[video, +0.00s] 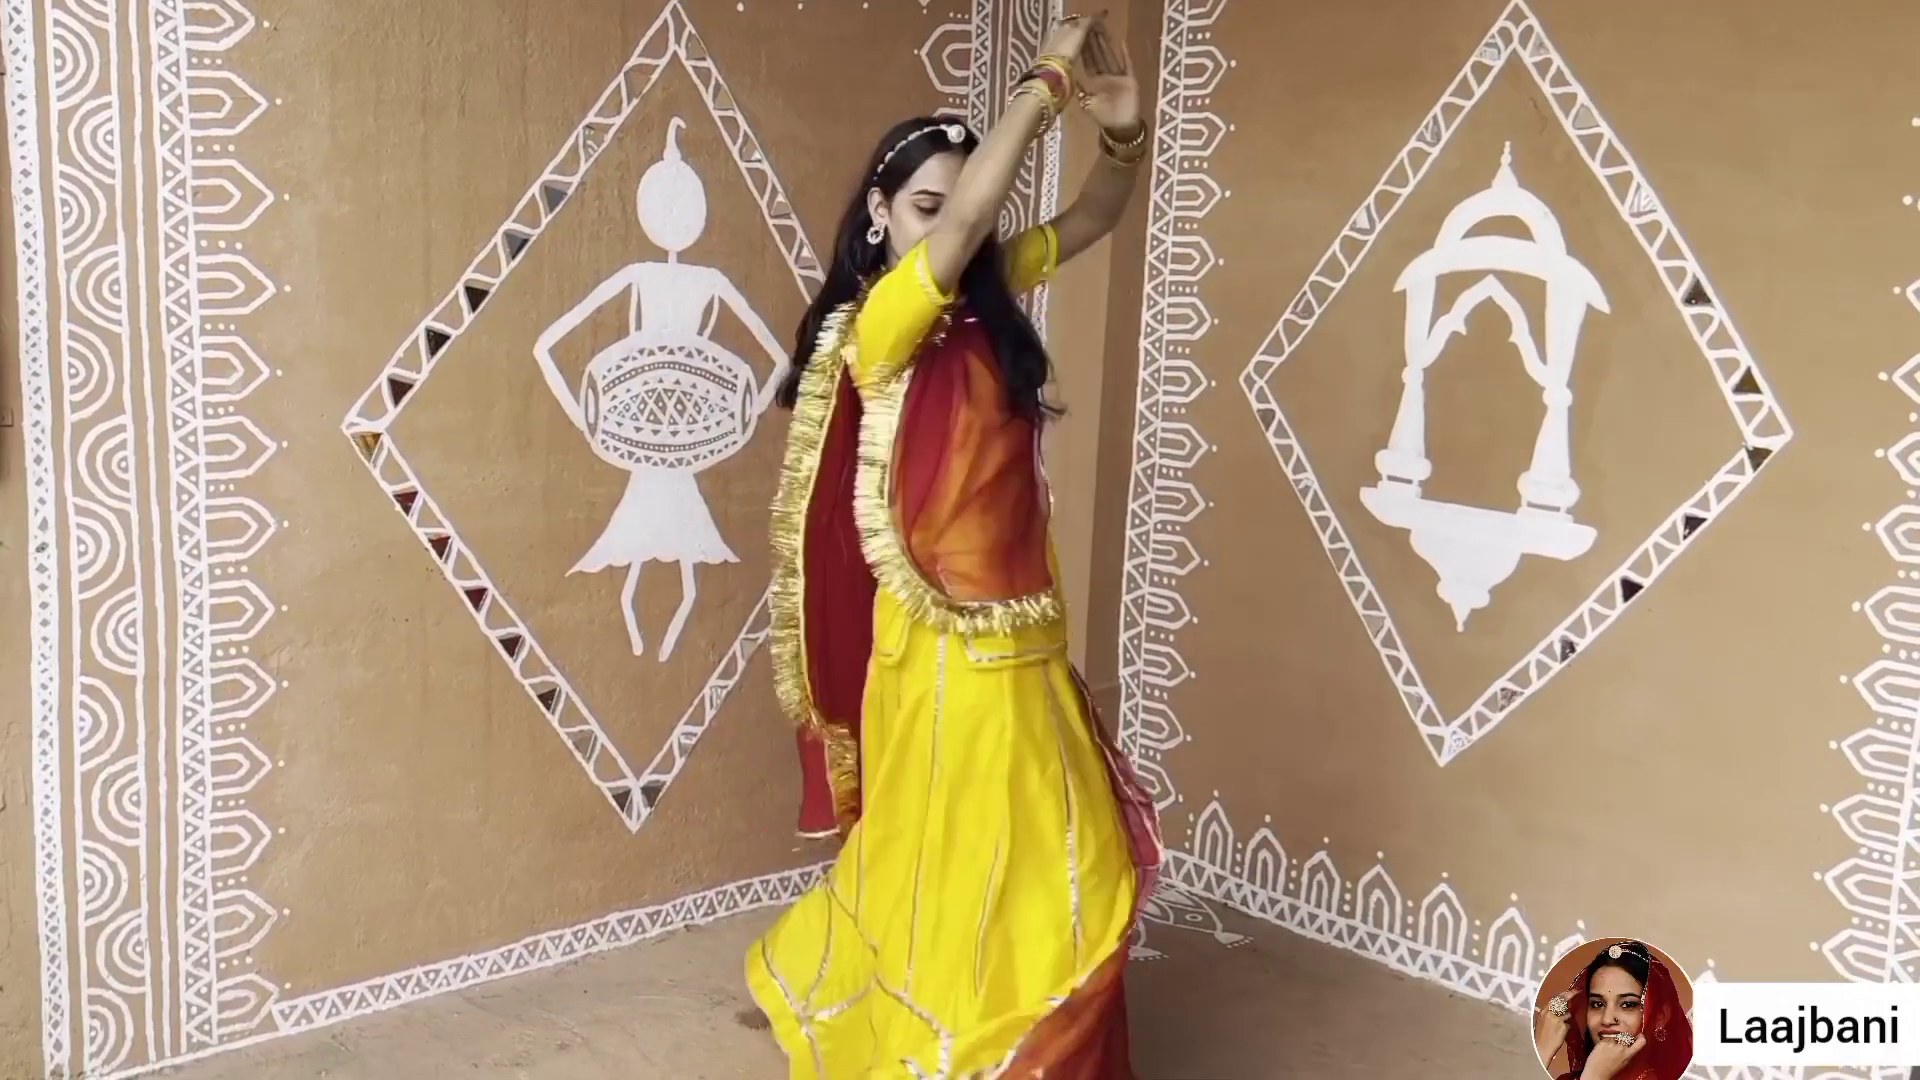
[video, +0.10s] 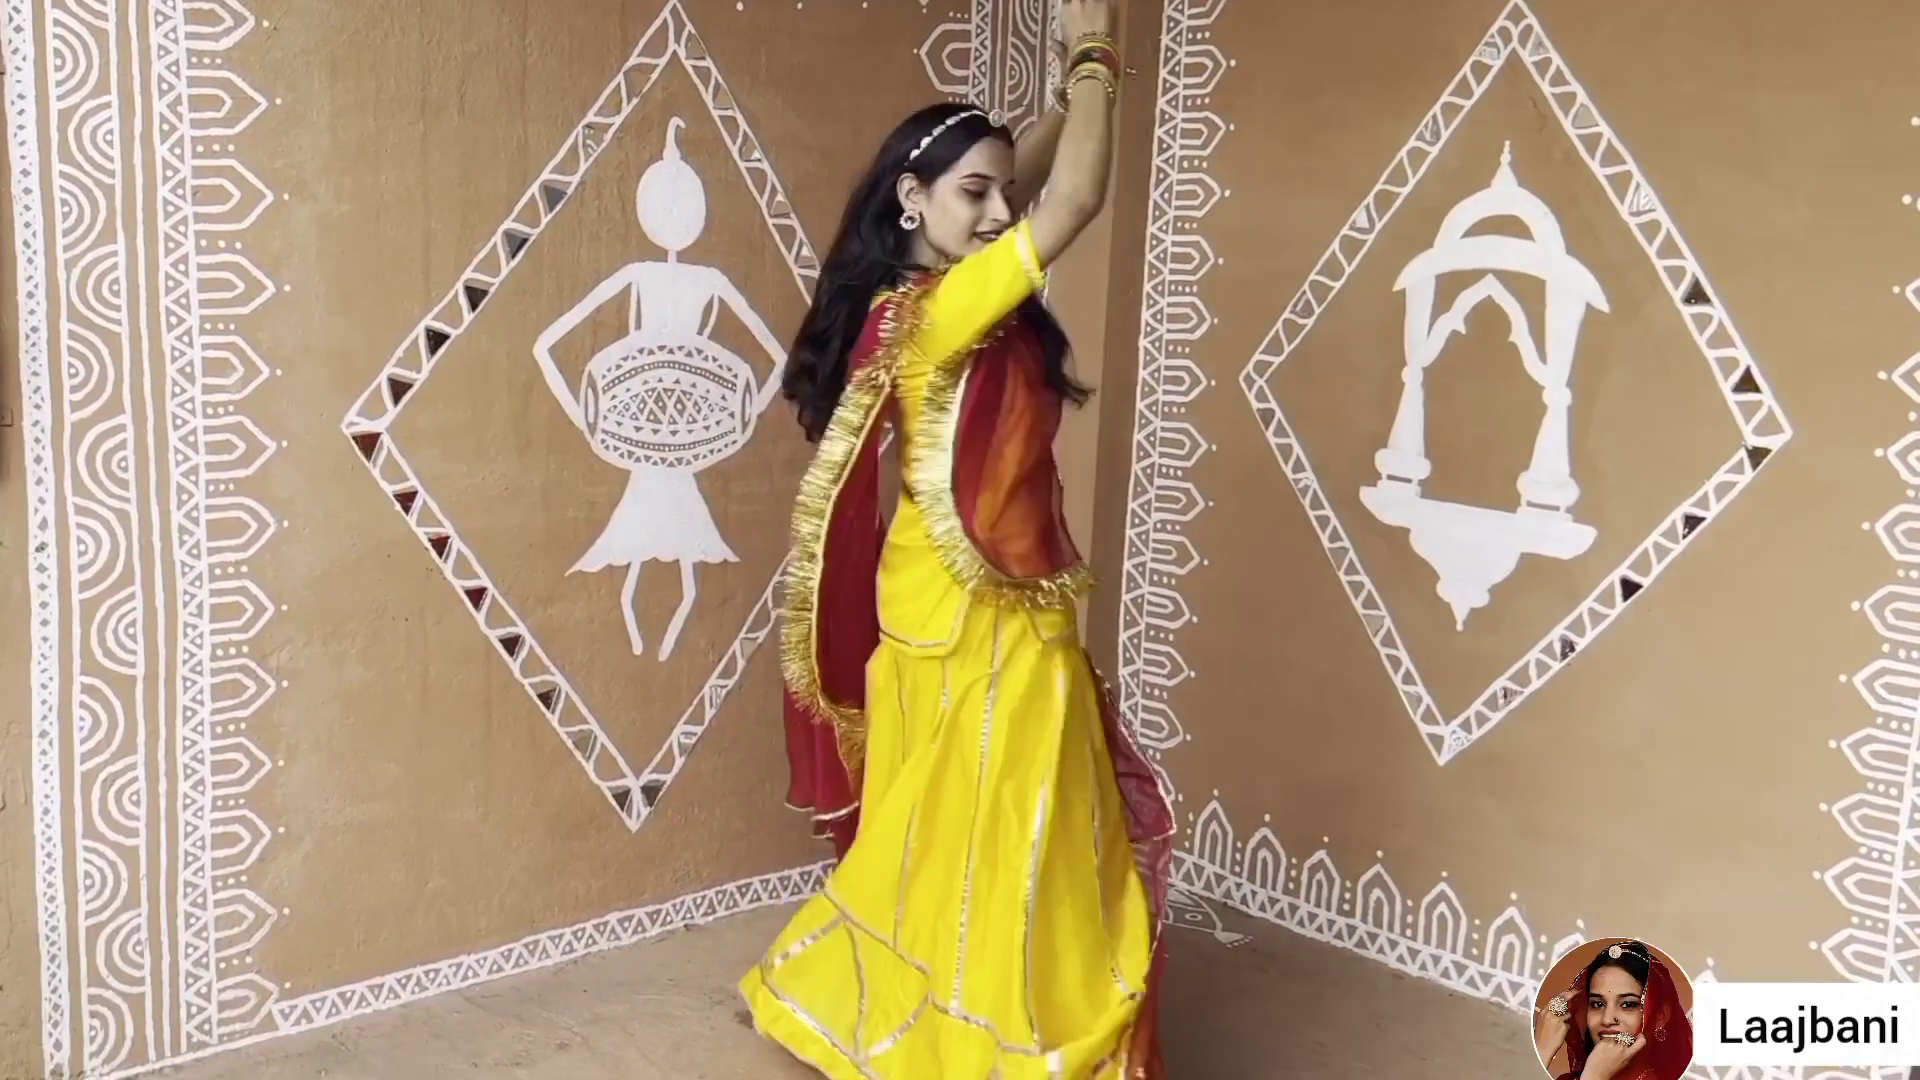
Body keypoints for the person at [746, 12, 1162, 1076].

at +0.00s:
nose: (946, 223)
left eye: (963, 203)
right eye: (924, 203)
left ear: (978, 212)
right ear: (876, 219)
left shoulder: (984, 290)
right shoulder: (871, 332)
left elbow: (1091, 218)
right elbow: (960, 233)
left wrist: (1127, 137)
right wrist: (1043, 88)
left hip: (1027, 641)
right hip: (950, 653)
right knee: (1070, 881)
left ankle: (799, 974)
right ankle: (1008, 1060)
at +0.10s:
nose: (999, 213)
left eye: (1006, 191)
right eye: (976, 190)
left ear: (996, 196)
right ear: (912, 198)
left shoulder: (932, 299)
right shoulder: (934, 311)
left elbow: (1023, 168)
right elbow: (1072, 205)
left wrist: (1070, 55)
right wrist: (1091, 62)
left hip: (951, 588)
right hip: (974, 602)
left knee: (930, 819)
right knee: (1028, 830)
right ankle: (1014, 1044)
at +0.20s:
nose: (1059, 214)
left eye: (1052, 192)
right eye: (1041, 194)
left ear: (960, 209)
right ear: (981, 205)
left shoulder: (901, 316)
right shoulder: (1032, 318)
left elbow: (899, 188)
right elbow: (1174, 204)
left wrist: (970, 97)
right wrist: (1133, 69)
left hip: (915, 620)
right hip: (1015, 625)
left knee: (919, 842)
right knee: (1045, 843)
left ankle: (881, 1042)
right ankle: (1052, 1051)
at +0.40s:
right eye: (1061, 202)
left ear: (940, 217)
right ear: (1053, 229)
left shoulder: (891, 312)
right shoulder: (1086, 344)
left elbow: (807, 180)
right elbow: (1135, 260)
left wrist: (883, 105)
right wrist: (1097, 165)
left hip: (929, 649)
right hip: (1057, 644)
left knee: (935, 876)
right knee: (1085, 868)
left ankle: (920, 1052)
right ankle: (1111, 1051)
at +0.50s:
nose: (942, 216)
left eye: (951, 203)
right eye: (953, 199)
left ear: (960, 228)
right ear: (1058, 230)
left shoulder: (921, 309)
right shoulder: (1088, 345)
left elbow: (814, 198)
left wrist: (868, 112)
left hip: (912, 606)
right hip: (1025, 615)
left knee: (921, 823)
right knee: (1039, 826)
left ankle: (908, 1031)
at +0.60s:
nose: (936, 234)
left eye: (946, 219)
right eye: (945, 216)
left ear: (965, 236)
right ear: (1051, 222)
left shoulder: (961, 305)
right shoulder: (1077, 316)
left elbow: (871, 209)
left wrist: (876, 109)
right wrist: (927, 157)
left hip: (931, 588)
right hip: (1022, 597)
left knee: (911, 789)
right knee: (999, 793)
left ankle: (904, 1015)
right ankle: (1002, 1003)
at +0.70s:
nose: (897, 220)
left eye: (907, 203)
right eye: (898, 203)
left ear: (956, 213)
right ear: (928, 215)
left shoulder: (1013, 324)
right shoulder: (915, 304)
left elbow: (997, 202)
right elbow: (810, 258)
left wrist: (943, 90)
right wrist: (844, 158)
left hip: (979, 635)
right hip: (895, 626)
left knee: (910, 861)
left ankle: (949, 1052)